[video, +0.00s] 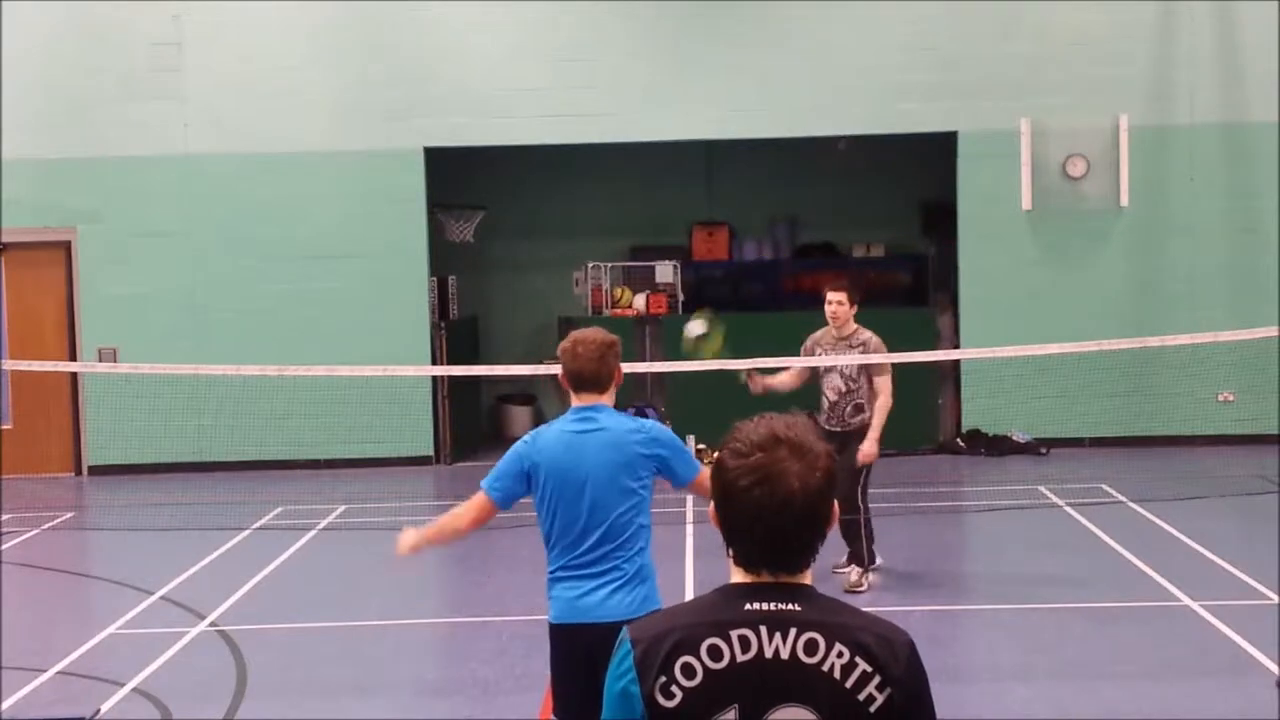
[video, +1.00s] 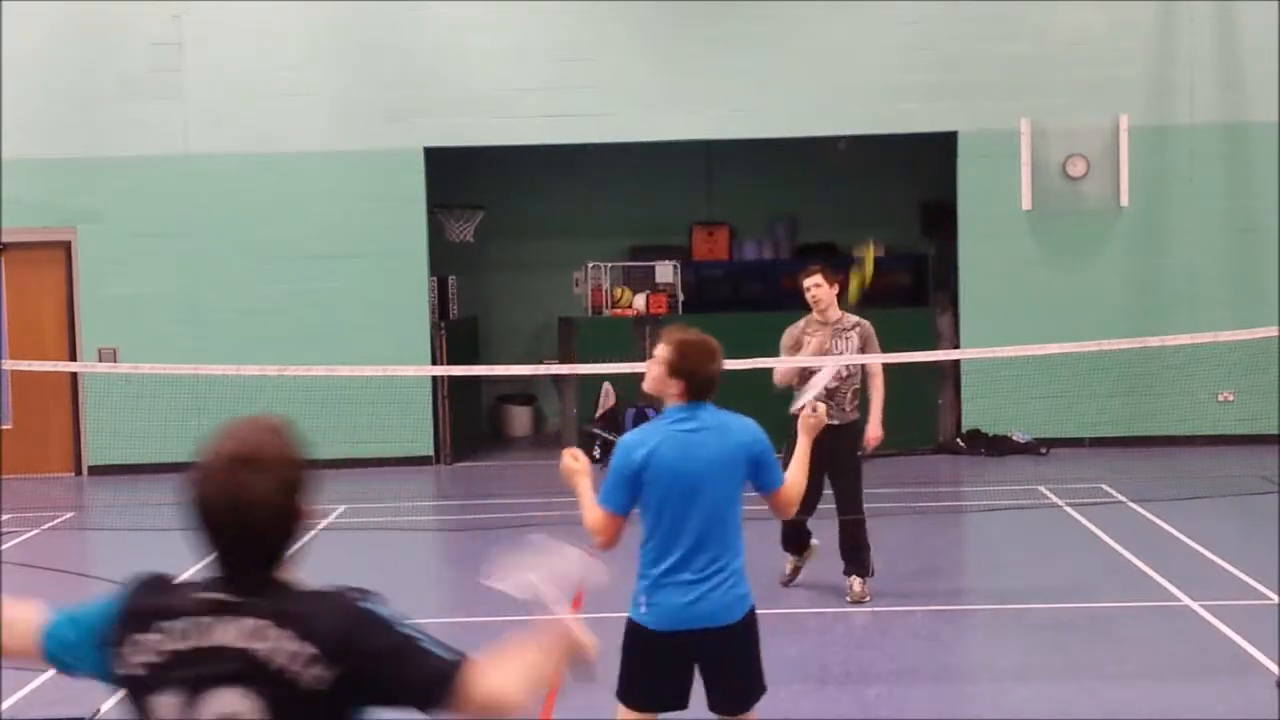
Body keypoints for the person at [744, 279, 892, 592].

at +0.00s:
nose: (832, 310)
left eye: (839, 304)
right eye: (829, 304)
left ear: (853, 308)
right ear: (824, 307)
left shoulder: (871, 344)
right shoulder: (816, 342)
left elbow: (884, 395)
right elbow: (796, 377)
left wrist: (872, 438)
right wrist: (766, 382)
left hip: (858, 432)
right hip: (827, 431)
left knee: (849, 496)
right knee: (842, 497)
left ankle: (860, 561)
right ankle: (861, 551)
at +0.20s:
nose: (832, 321)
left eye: (838, 314)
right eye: (827, 315)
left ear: (853, 317)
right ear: (822, 318)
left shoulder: (875, 351)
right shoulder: (815, 351)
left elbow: (893, 399)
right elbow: (809, 397)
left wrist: (897, 444)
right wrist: (793, 430)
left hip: (867, 434)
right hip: (833, 435)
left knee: (860, 500)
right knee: (837, 496)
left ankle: (860, 571)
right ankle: (856, 551)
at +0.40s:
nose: (828, 327)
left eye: (834, 320)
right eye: (823, 321)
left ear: (850, 315)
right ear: (819, 319)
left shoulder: (878, 338)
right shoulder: (814, 351)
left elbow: (900, 381)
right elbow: (821, 399)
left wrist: (903, 427)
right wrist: (822, 444)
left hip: (874, 432)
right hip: (838, 434)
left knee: (867, 502)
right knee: (843, 500)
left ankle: (864, 573)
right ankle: (849, 566)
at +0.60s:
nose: (821, 305)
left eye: (826, 298)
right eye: (816, 301)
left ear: (842, 297)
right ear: (811, 305)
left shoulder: (872, 325)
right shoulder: (813, 336)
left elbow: (894, 367)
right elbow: (819, 348)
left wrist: (906, 410)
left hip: (875, 424)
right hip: (835, 426)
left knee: (871, 501)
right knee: (826, 496)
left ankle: (862, 574)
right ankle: (821, 548)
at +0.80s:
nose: (822, 294)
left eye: (827, 286)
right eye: (817, 289)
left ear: (843, 287)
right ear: (812, 294)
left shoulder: (869, 326)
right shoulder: (810, 328)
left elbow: (888, 368)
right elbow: (804, 332)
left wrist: (900, 410)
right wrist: (814, 283)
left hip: (861, 424)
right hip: (821, 424)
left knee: (863, 501)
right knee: (822, 497)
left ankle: (860, 573)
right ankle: (809, 551)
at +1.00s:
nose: (812, 294)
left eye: (817, 286)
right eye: (807, 289)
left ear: (834, 288)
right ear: (803, 296)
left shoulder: (860, 330)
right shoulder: (795, 333)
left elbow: (875, 378)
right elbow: (781, 379)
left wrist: (874, 421)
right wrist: (806, 353)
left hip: (845, 428)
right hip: (805, 427)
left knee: (850, 503)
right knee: (798, 496)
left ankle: (857, 572)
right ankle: (798, 547)